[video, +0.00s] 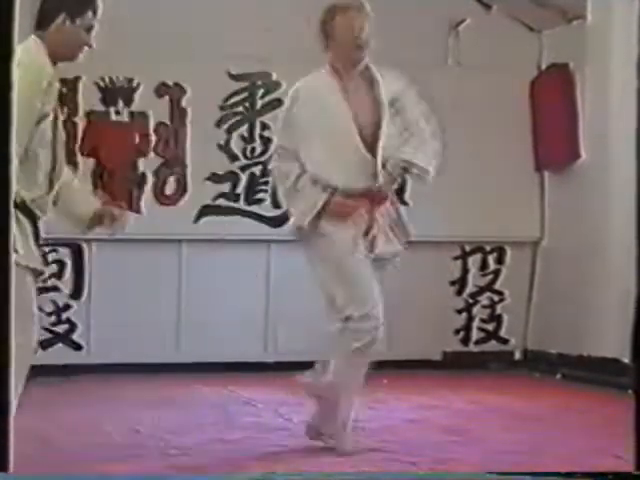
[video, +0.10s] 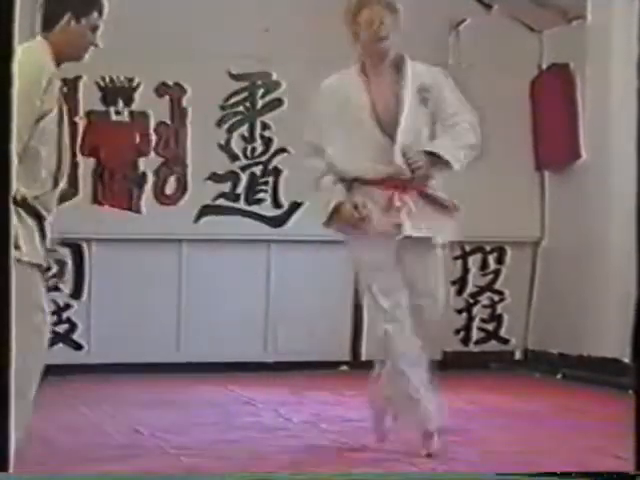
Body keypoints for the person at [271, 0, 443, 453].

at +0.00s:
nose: (362, 46)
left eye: (365, 38)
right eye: (352, 38)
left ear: (371, 37)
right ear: (328, 37)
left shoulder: (391, 86)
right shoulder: (305, 94)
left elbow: (423, 136)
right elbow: (284, 166)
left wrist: (398, 181)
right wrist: (327, 203)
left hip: (378, 219)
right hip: (329, 221)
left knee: (363, 323)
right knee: (365, 319)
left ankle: (330, 418)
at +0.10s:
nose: (377, 30)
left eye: (384, 20)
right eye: (367, 22)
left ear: (396, 25)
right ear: (353, 29)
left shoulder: (429, 80)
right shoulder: (334, 90)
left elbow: (466, 129)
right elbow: (312, 158)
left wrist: (434, 159)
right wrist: (336, 203)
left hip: (424, 212)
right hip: (368, 214)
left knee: (432, 313)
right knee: (392, 314)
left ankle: (385, 391)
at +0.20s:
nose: (393, 44)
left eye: (400, 36)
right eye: (385, 38)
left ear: (417, 40)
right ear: (374, 46)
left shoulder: (447, 92)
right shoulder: (357, 104)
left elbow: (489, 146)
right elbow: (339, 168)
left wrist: (454, 176)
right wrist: (352, 216)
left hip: (447, 225)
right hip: (392, 228)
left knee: (463, 321)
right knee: (412, 328)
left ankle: (453, 404)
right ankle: (453, 422)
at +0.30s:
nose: (411, 46)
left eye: (420, 38)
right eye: (407, 40)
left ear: (446, 45)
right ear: (403, 51)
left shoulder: (477, 92)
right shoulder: (396, 104)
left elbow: (511, 152)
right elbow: (384, 174)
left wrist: (461, 191)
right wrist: (383, 227)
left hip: (478, 235)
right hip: (427, 238)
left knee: (496, 330)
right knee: (433, 338)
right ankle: (452, 434)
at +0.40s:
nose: (426, 44)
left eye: (434, 36)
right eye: (424, 37)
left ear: (461, 38)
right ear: (426, 44)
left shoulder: (488, 82)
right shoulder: (421, 96)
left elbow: (521, 141)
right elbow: (415, 163)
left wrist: (473, 190)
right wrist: (424, 204)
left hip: (503, 228)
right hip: (459, 230)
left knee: (518, 327)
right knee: (449, 332)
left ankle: (569, 418)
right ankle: (450, 435)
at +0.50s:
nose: (458, 58)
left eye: (466, 49)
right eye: (456, 49)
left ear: (492, 49)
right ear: (464, 54)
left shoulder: (515, 94)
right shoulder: (475, 102)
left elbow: (538, 155)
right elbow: (476, 181)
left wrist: (492, 206)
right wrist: (457, 230)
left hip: (537, 237)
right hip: (495, 238)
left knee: (546, 339)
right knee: (475, 333)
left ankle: (567, 438)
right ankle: (488, 422)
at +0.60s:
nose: (482, 58)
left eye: (492, 49)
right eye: (483, 49)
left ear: (516, 55)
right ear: (494, 55)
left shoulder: (530, 100)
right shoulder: (492, 105)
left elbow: (539, 175)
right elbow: (491, 189)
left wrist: (492, 212)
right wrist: (470, 241)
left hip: (551, 234)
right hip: (521, 237)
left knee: (549, 342)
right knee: (513, 344)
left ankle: (565, 445)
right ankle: (554, 434)